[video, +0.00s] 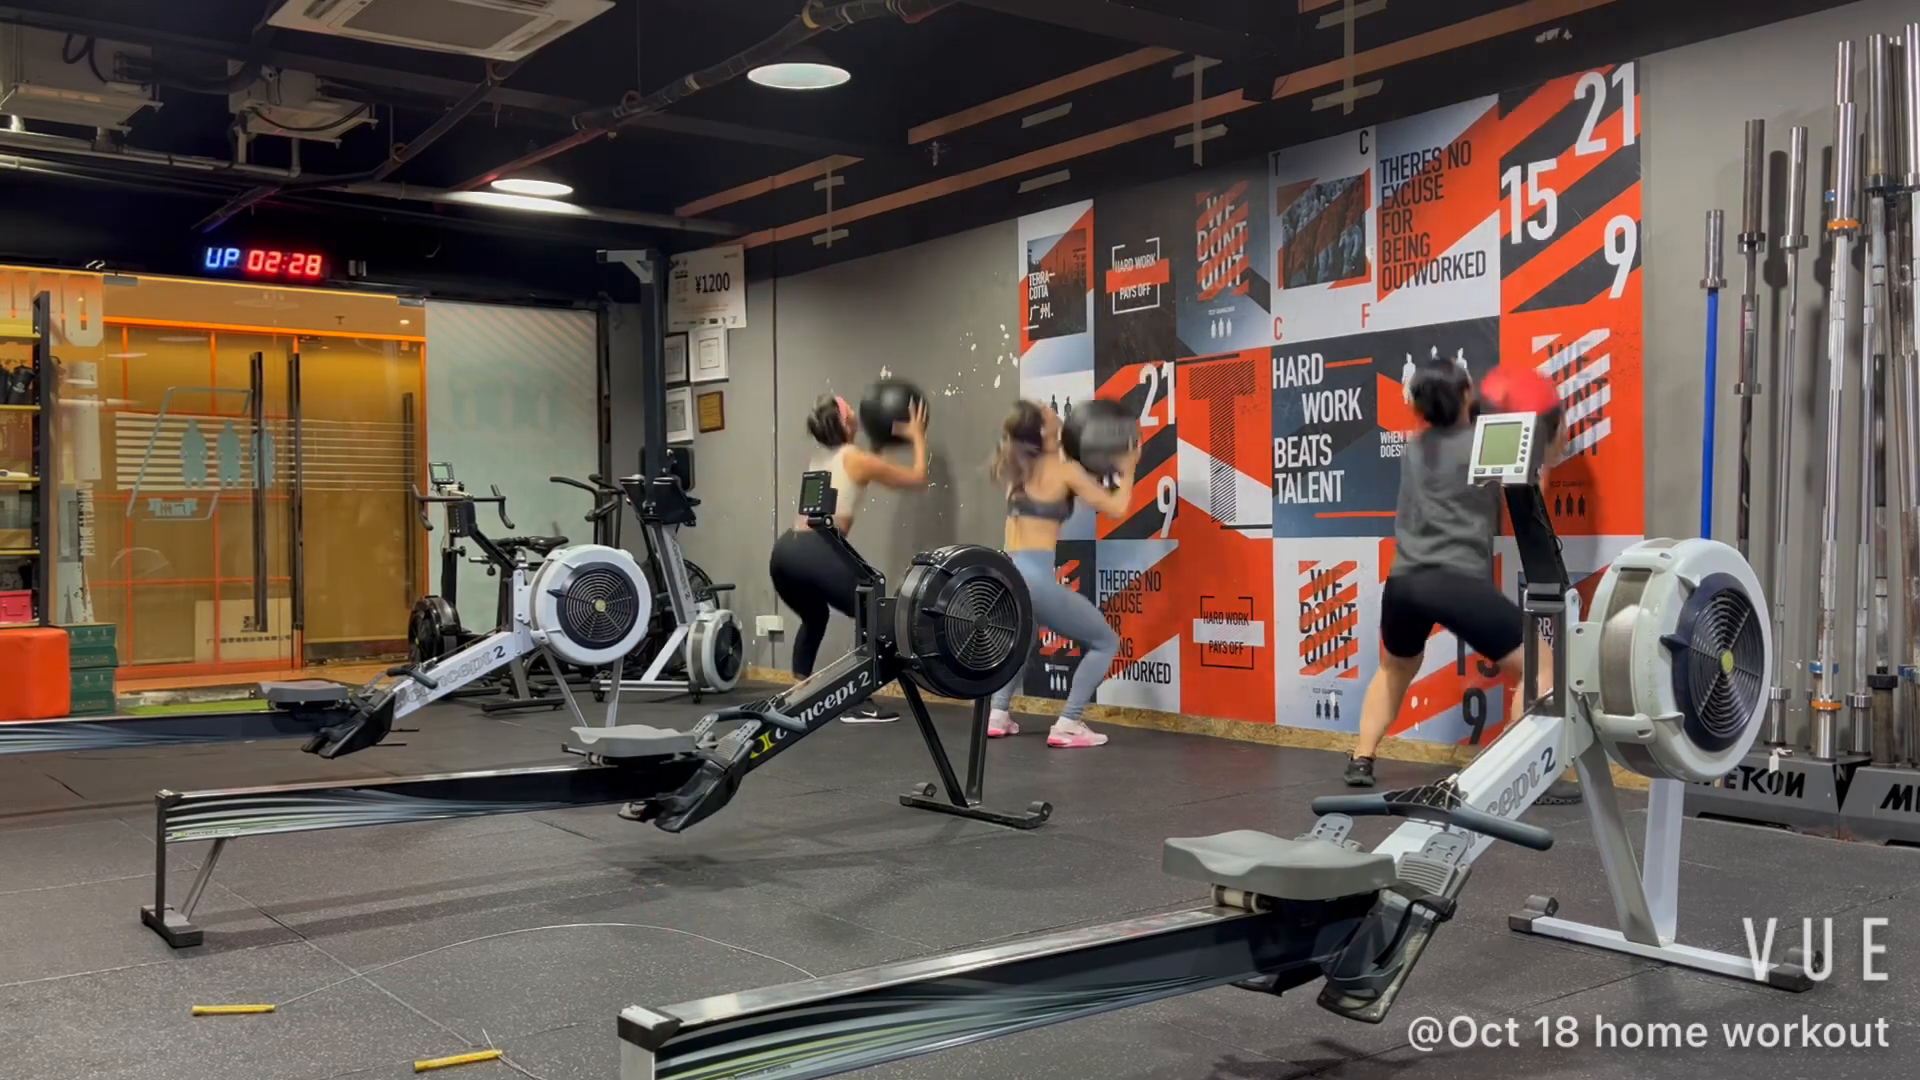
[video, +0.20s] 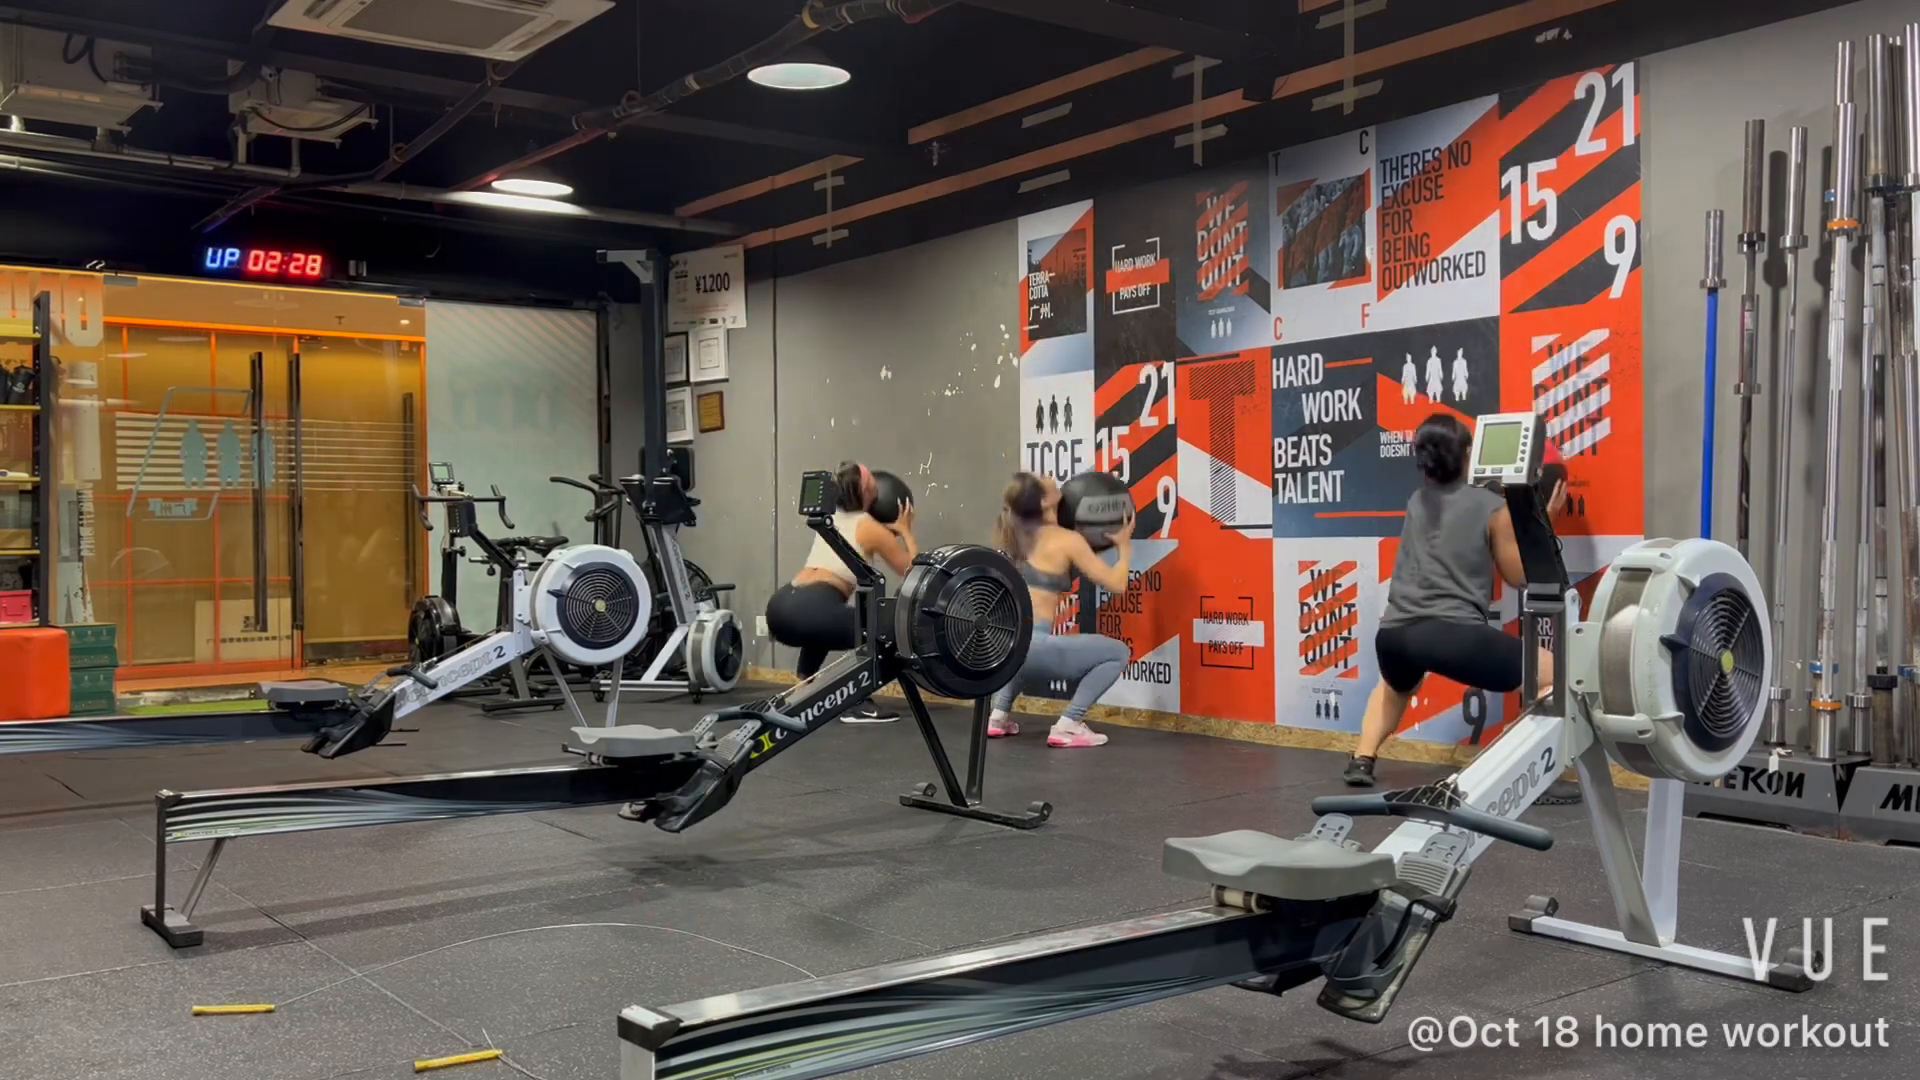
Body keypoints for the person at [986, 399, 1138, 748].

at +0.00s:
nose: (1057, 417)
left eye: (1052, 412)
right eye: (1051, 416)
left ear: (1026, 436)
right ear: (1046, 435)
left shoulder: (1017, 465)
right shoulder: (1064, 469)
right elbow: (1118, 507)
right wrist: (1129, 469)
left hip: (1006, 571)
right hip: (1035, 577)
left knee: (1020, 638)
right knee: (1105, 641)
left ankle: (997, 714)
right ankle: (1068, 724)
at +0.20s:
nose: (1055, 481)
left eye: (1050, 480)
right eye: (1050, 484)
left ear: (1021, 505)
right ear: (1046, 503)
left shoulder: (1011, 534)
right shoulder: (1067, 539)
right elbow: (1117, 583)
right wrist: (1124, 547)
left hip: (998, 642)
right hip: (1035, 650)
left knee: (1028, 636)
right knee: (1117, 653)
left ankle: (998, 715)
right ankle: (1069, 724)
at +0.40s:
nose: (1056, 484)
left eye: (1050, 481)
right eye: (1052, 485)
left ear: (1024, 508)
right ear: (1048, 505)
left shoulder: (1016, 539)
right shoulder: (1068, 542)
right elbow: (1117, 587)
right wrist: (1121, 553)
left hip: (1001, 645)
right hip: (1036, 650)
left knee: (1037, 640)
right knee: (1115, 654)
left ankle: (999, 715)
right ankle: (1069, 724)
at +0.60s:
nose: (1055, 430)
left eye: (1048, 428)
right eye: (1049, 432)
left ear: (1027, 456)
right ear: (1046, 451)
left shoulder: (1022, 483)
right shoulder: (1069, 485)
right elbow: (1122, 524)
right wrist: (1122, 488)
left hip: (1005, 582)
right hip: (1038, 589)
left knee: (1033, 644)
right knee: (1106, 648)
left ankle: (999, 715)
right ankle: (1069, 724)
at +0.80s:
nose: (1045, 359)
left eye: (1040, 357)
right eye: (1040, 358)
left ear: (1017, 381)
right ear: (1039, 373)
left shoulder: (1019, 412)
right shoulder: (1066, 403)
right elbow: (1128, 409)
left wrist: (1059, 371)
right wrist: (1126, 369)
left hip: (1025, 514)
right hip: (1056, 516)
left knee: (1019, 612)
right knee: (1087, 614)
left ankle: (1002, 694)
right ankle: (1074, 709)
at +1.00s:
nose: (1050, 346)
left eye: (1044, 344)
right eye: (1045, 345)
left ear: (1022, 367)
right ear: (1042, 362)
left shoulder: (1020, 395)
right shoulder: (1067, 387)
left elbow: (1037, 336)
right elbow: (1095, 328)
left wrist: (1051, 289)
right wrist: (1099, 273)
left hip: (1032, 509)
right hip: (1067, 509)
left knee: (1025, 607)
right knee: (1075, 611)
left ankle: (1007, 691)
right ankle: (1078, 704)